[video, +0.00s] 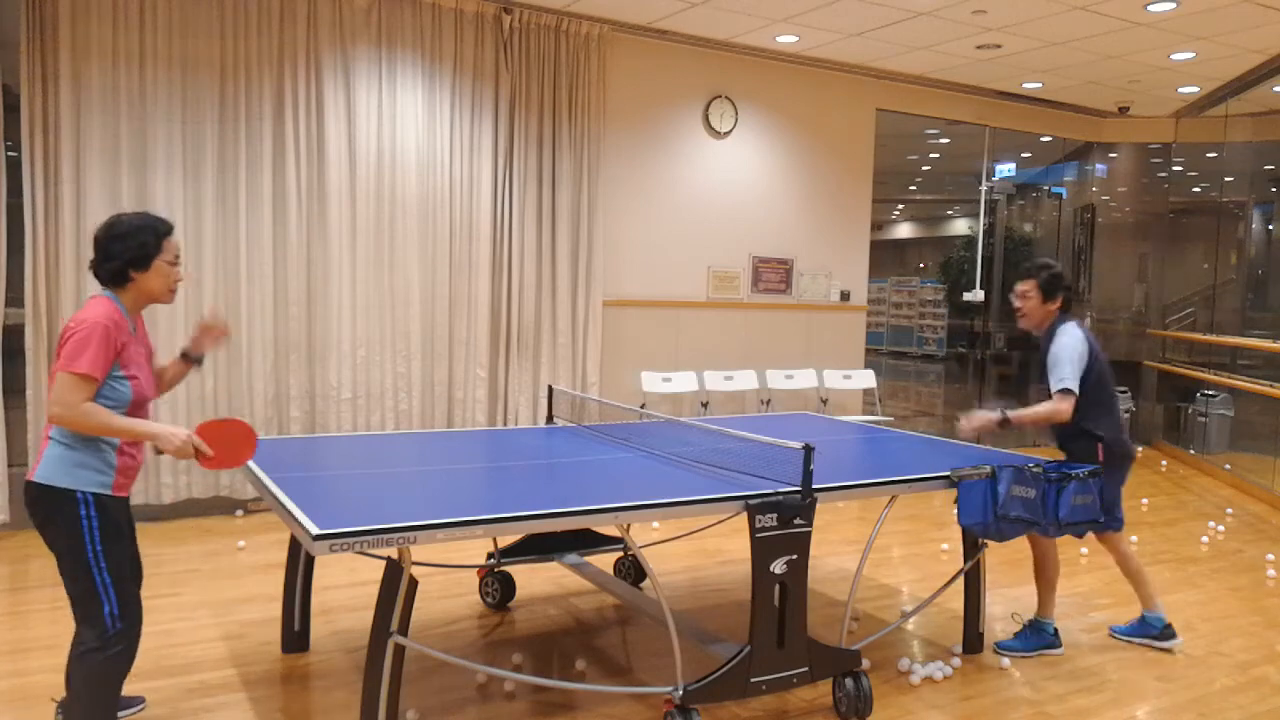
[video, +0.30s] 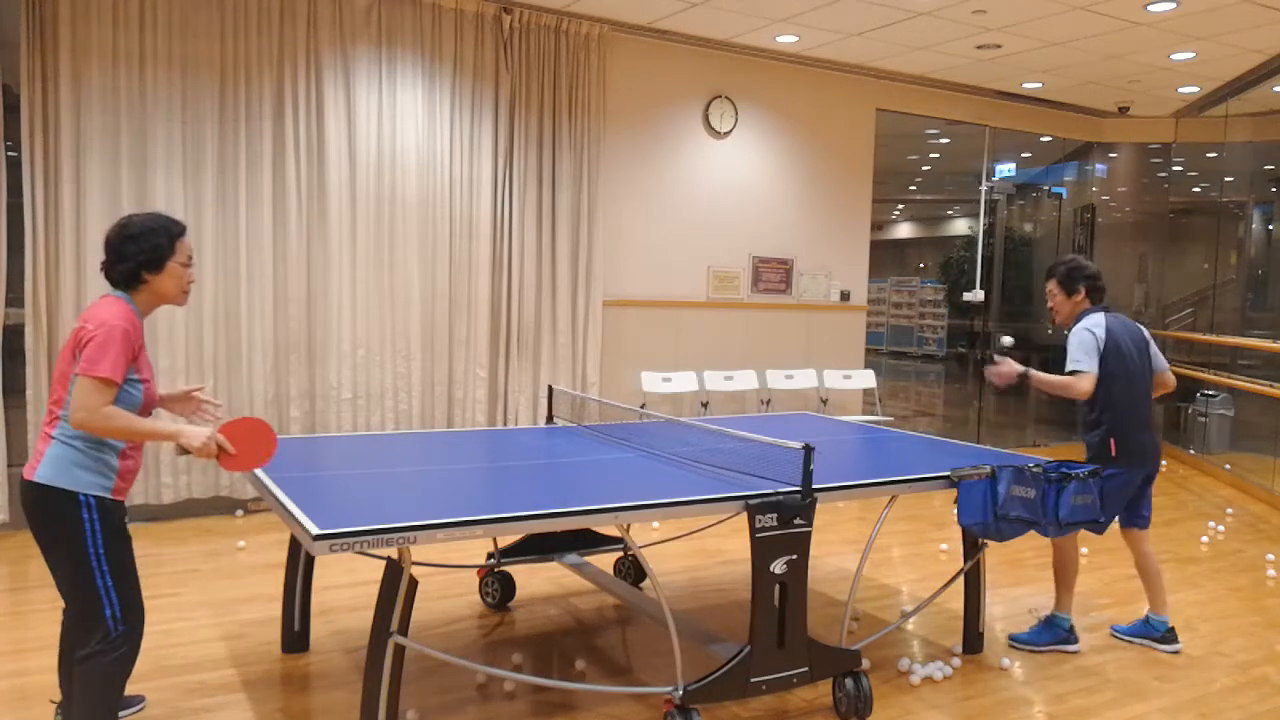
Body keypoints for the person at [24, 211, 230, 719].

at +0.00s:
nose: (179, 273)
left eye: (178, 261)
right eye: (172, 262)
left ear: (142, 267)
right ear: (136, 267)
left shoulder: (130, 319)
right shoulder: (101, 320)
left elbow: (144, 390)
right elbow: (65, 406)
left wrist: (192, 352)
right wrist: (155, 432)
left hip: (101, 488)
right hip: (74, 489)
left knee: (121, 602)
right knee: (112, 618)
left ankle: (93, 698)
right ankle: (85, 711)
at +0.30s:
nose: (193, 272)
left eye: (191, 261)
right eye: (184, 262)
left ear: (149, 270)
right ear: (150, 269)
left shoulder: (121, 318)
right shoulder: (114, 321)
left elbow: (105, 398)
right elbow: (89, 414)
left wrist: (162, 400)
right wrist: (177, 433)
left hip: (72, 485)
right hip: (74, 490)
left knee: (86, 608)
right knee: (118, 623)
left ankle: (81, 703)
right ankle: (90, 711)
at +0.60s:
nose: (211, 296)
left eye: (209, 284)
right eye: (202, 285)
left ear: (168, 292)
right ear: (165, 291)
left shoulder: (156, 337)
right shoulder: (115, 342)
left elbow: (133, 406)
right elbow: (76, 431)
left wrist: (189, 420)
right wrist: (161, 466)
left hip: (94, 492)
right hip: (57, 495)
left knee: (123, 592)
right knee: (111, 624)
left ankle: (91, 698)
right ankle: (85, 712)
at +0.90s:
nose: (225, 354)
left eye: (226, 342)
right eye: (217, 343)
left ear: (185, 347)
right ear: (176, 346)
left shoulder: (188, 389)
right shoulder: (108, 388)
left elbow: (194, 449)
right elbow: (49, 467)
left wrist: (219, 478)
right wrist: (68, 548)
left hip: (96, 511)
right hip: (34, 510)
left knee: (147, 588)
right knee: (106, 609)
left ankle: (96, 696)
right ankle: (86, 712)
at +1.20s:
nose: (221, 357)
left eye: (224, 346)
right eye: (212, 346)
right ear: (171, 344)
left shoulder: (184, 390)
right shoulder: (112, 391)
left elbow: (190, 457)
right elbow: (80, 474)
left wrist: (220, 477)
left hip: (92, 517)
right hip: (38, 526)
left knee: (155, 592)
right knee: (140, 633)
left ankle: (81, 708)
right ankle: (104, 714)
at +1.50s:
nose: (187, 263)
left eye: (185, 252)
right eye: (178, 254)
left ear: (144, 262)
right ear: (141, 261)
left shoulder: (134, 310)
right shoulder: (108, 306)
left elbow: (149, 382)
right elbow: (158, 372)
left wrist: (202, 379)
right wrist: (225, 314)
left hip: (101, 482)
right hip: (92, 486)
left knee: (101, 603)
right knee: (136, 620)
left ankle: (84, 703)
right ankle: (101, 712)